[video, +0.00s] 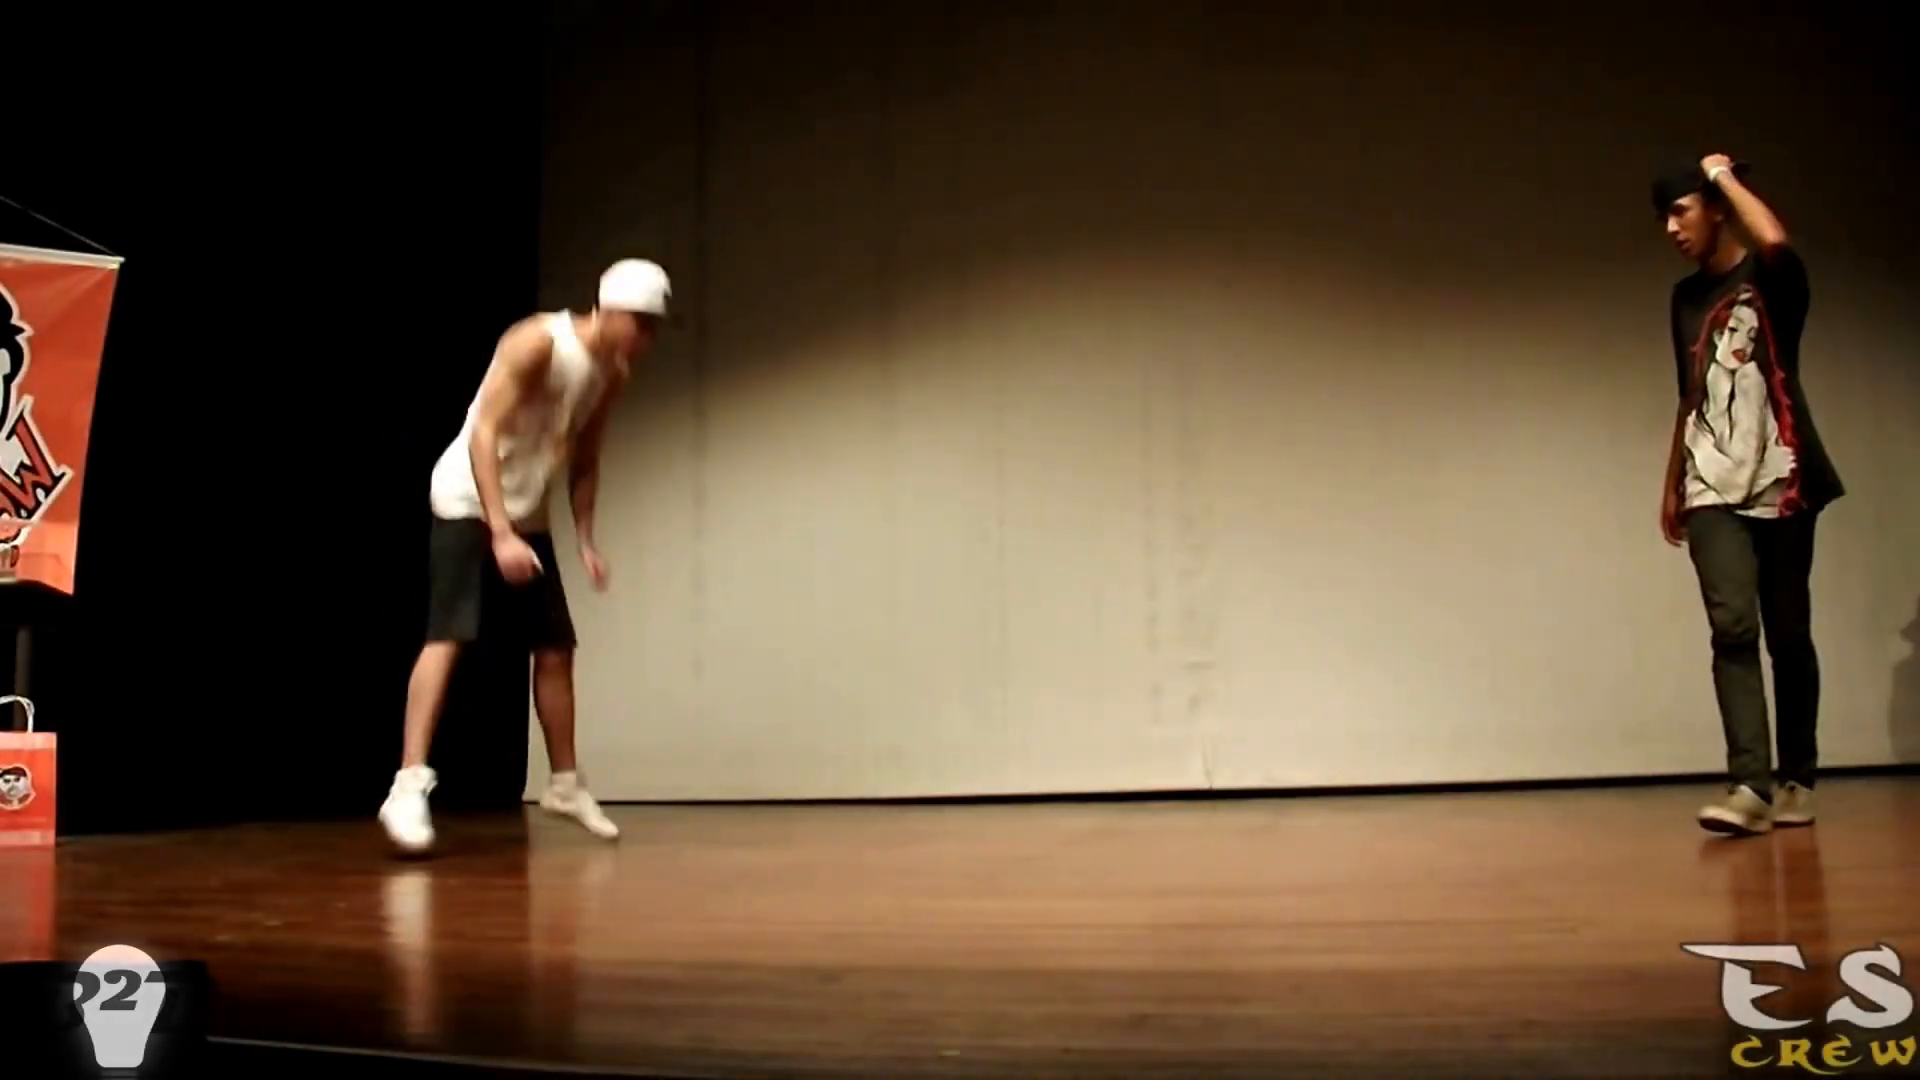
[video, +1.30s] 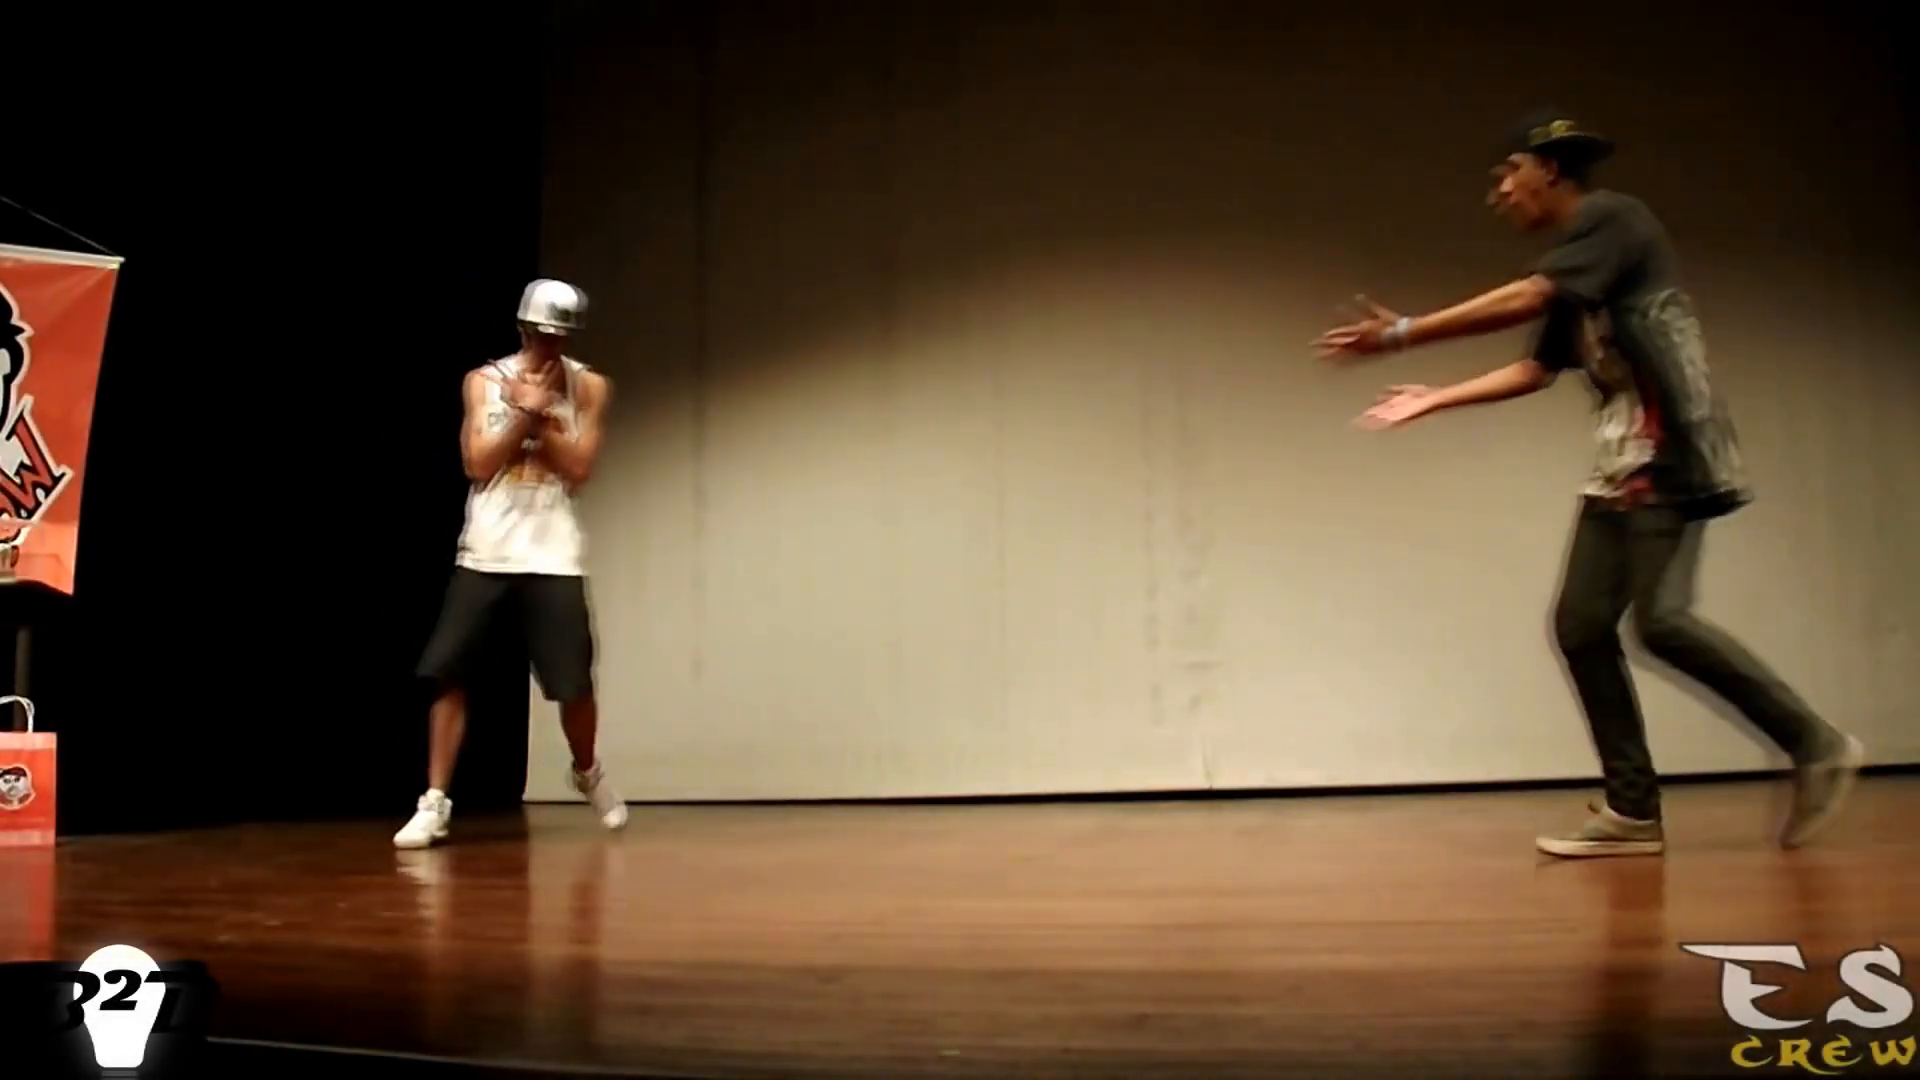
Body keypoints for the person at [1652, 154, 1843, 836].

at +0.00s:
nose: (1671, 230)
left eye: (1680, 215)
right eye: (1666, 218)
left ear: (1717, 210)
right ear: (1673, 225)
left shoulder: (1775, 279)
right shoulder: (1687, 295)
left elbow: (1775, 246)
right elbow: (1688, 402)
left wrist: (1728, 181)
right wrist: (1672, 486)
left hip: (1782, 483)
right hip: (1711, 486)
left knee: (1788, 636)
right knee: (1732, 629)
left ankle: (1797, 783)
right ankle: (1750, 785)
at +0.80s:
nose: (1653, 152)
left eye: (1664, 136)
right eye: (1649, 140)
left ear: (1707, 134)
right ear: (1658, 152)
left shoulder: (1765, 200)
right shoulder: (1683, 243)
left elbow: (1726, 192)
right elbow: (1677, 361)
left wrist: (1679, 112)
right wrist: (1585, 400)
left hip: (1782, 452)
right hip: (1710, 460)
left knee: (1808, 619)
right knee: (1679, 612)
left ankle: (1874, 798)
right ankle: (1761, 776)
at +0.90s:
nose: (1641, 140)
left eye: (1651, 126)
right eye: (1639, 132)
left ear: (1696, 132)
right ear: (1679, 139)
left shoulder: (1753, 190)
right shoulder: (1678, 231)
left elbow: (1691, 196)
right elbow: (1665, 347)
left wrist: (1601, 133)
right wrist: (1562, 371)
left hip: (1779, 441)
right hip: (1708, 444)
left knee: (1813, 616)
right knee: (1658, 600)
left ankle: (1874, 799)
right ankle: (1736, 775)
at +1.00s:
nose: (1619, 150)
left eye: (1630, 135)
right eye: (1619, 139)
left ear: (1674, 135)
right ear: (1662, 144)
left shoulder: (1731, 188)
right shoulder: (1666, 228)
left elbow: (1641, 208)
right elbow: (1640, 343)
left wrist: (1521, 184)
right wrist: (1533, 363)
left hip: (1769, 438)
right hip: (1701, 444)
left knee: (1809, 615)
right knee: (1647, 604)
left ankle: (1875, 801)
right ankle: (1682, 796)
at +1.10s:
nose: (1588, 158)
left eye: (1600, 143)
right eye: (1589, 146)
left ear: (1644, 143)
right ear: (1632, 152)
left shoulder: (1700, 193)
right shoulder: (1644, 238)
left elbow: (1603, 238)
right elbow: (1608, 343)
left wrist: (1473, 250)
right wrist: (1510, 368)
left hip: (1747, 447)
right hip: (1681, 454)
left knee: (1792, 619)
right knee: (1632, 610)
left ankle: (1872, 798)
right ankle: (1641, 805)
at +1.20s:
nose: (1545, 165)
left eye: (1558, 150)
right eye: (1546, 153)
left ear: (1602, 153)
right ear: (1589, 161)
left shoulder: (1661, 208)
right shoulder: (1614, 247)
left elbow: (1565, 276)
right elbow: (1573, 353)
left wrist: (1442, 301)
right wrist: (1479, 380)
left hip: (1717, 467)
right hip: (1650, 473)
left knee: (1757, 623)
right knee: (1609, 619)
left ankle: (1864, 788)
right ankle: (1637, 811)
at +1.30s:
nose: (1497, 187)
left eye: (1509, 171)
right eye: (1498, 173)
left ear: (1551, 171)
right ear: (1545, 177)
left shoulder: (1614, 219)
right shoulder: (1574, 264)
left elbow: (1528, 296)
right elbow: (1535, 369)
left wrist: (1402, 331)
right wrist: (1434, 397)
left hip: (1673, 468)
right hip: (1617, 474)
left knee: (1661, 622)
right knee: (1580, 627)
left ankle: (1819, 749)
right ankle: (1633, 810)